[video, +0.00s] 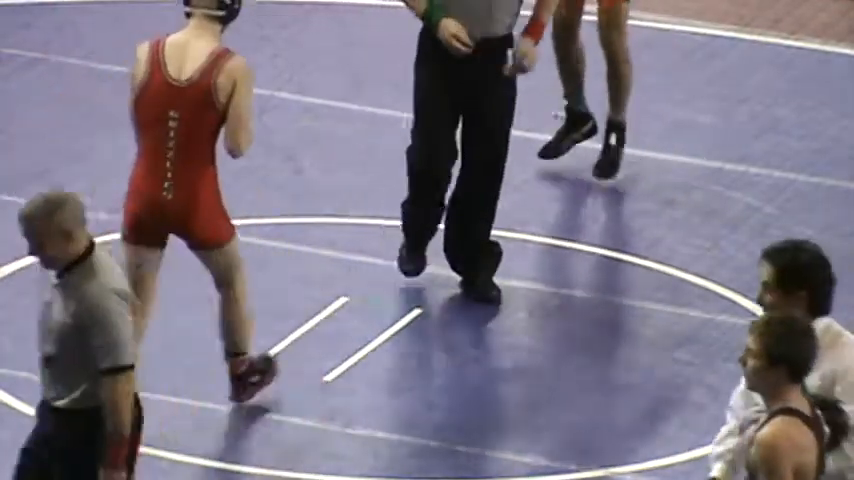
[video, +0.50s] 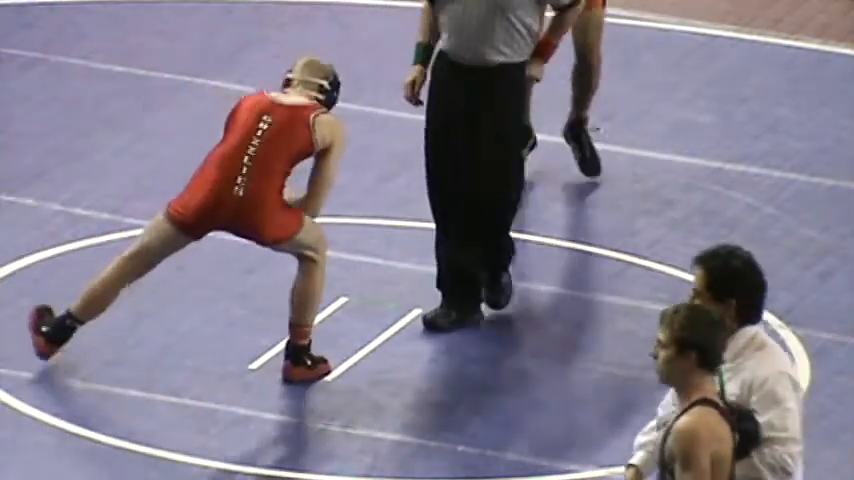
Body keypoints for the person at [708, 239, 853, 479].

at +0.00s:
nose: (759, 298)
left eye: (768, 289)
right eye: (760, 287)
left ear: (801, 298)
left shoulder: (845, 354)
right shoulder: (767, 345)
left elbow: (846, 451)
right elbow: (738, 415)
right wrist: (721, 470)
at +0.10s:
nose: (747, 296)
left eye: (755, 286)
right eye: (748, 285)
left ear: (787, 294)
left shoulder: (837, 359)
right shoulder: (756, 339)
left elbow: (844, 447)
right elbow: (723, 407)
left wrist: (780, 467)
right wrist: (698, 468)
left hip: (821, 474)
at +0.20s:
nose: (735, 292)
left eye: (744, 282)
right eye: (738, 281)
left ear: (777, 293)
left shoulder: (819, 357)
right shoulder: (744, 339)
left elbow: (838, 443)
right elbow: (707, 403)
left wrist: (770, 466)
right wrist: (680, 460)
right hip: (737, 469)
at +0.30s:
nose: (721, 294)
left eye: (730, 286)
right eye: (723, 285)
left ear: (762, 295)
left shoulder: (804, 358)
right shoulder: (728, 339)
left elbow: (817, 449)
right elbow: (692, 406)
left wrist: (751, 467)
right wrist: (663, 462)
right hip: (720, 471)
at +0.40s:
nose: (706, 299)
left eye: (714, 290)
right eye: (708, 289)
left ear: (746, 300)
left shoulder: (787, 359)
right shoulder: (717, 342)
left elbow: (799, 455)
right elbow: (681, 409)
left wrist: (730, 469)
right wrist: (649, 463)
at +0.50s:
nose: (689, 303)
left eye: (697, 296)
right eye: (692, 294)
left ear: (730, 309)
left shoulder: (771, 372)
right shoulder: (710, 351)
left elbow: (782, 461)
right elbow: (667, 415)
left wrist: (713, 472)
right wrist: (637, 466)